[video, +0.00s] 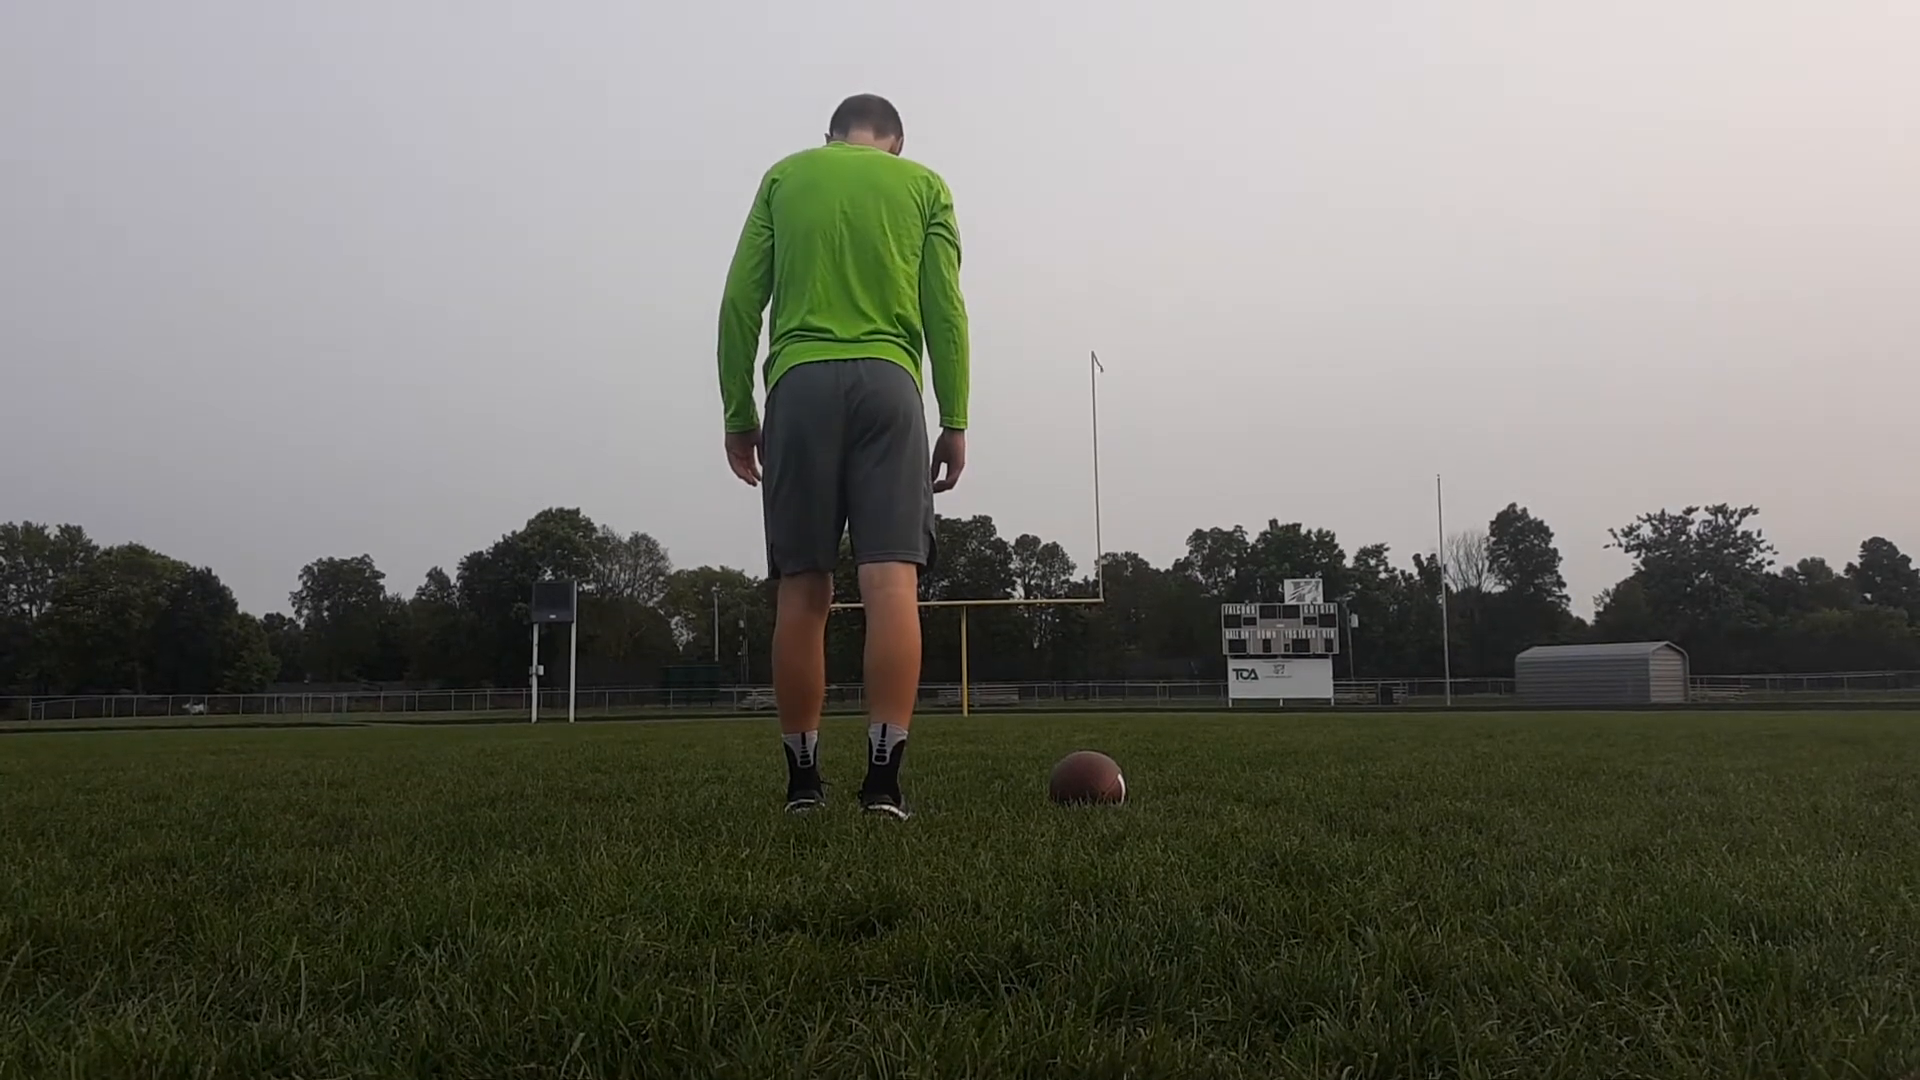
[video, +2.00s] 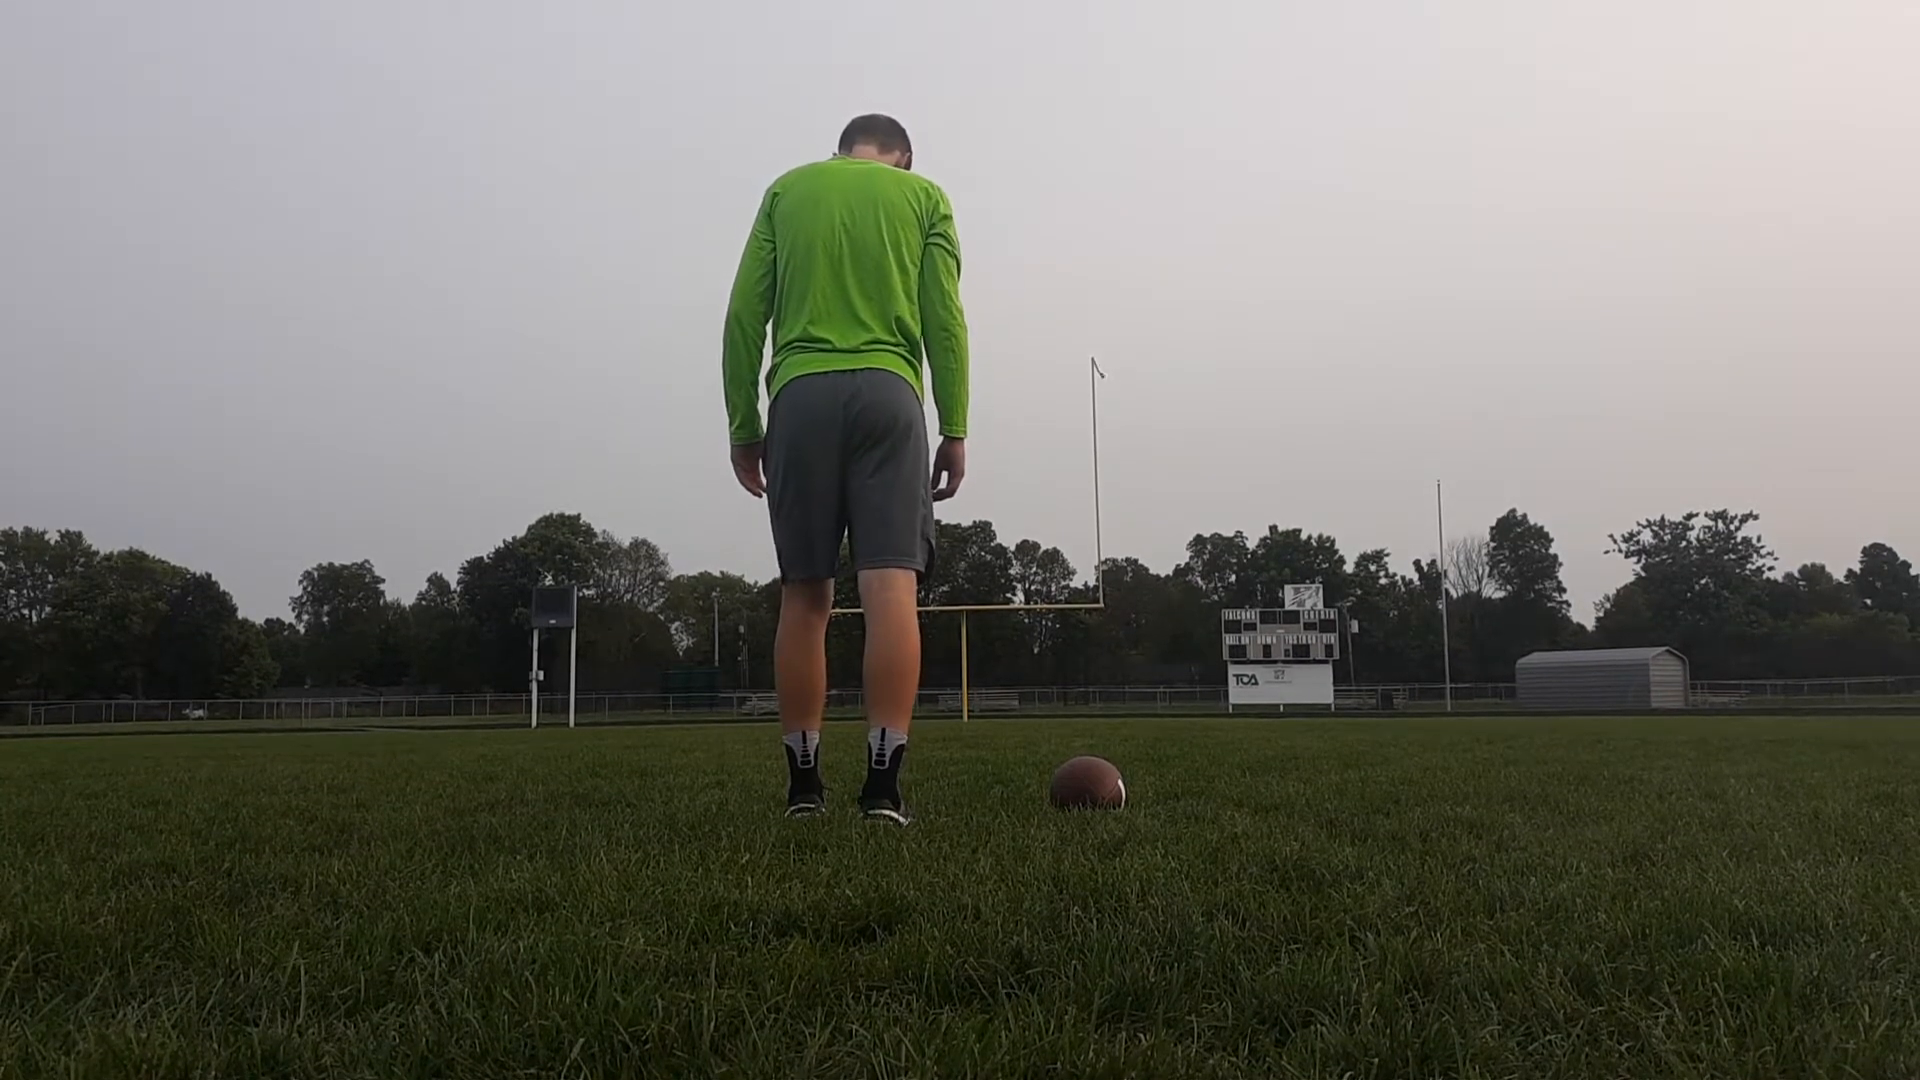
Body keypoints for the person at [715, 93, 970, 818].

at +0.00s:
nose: (895, 157)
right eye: (898, 146)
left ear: (831, 134)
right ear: (895, 139)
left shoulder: (785, 174)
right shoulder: (922, 184)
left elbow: (740, 298)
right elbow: (943, 304)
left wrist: (739, 414)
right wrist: (955, 421)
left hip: (800, 384)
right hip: (887, 383)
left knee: (802, 588)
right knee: (890, 583)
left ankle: (802, 782)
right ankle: (884, 785)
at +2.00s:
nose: (907, 176)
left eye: (901, 165)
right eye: (908, 166)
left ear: (841, 148)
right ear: (902, 155)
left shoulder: (787, 187)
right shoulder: (923, 193)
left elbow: (745, 311)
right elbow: (943, 313)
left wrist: (743, 427)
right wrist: (955, 429)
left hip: (801, 396)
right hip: (888, 394)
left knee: (804, 595)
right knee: (890, 591)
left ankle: (804, 787)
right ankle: (883, 792)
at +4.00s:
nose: (905, 95)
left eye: (894, 84)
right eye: (910, 84)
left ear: (836, 72)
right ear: (908, 78)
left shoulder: (784, 126)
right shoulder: (943, 134)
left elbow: (726, 269)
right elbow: (984, 264)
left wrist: (742, 393)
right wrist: (1001, 395)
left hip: (803, 366)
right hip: (902, 374)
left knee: (806, 581)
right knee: (900, 592)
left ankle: (793, 769)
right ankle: (885, 793)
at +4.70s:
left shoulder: (714, 7)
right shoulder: (921, 6)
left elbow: (654, 137)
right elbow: (959, 107)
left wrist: (658, 310)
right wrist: (985, 276)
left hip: (759, 270)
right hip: (879, 268)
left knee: (787, 548)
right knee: (907, 536)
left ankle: (803, 825)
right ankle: (884, 731)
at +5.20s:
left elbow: (618, 7)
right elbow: (1051, 16)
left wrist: (610, 184)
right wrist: (1060, 200)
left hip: (749, 157)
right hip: (906, 148)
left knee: (790, 493)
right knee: (899, 505)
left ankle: (792, 801)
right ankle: (879, 864)